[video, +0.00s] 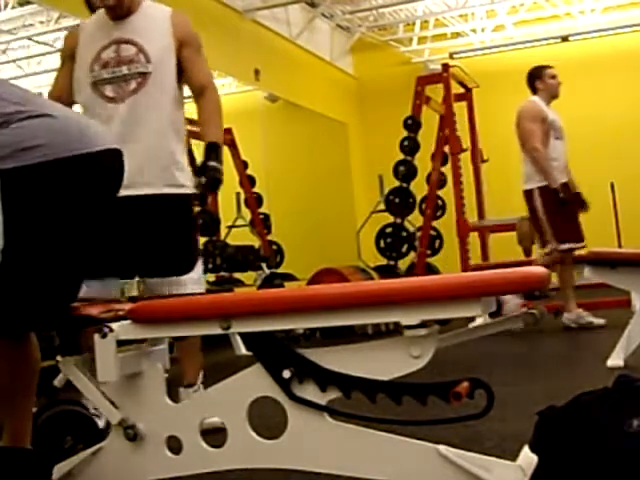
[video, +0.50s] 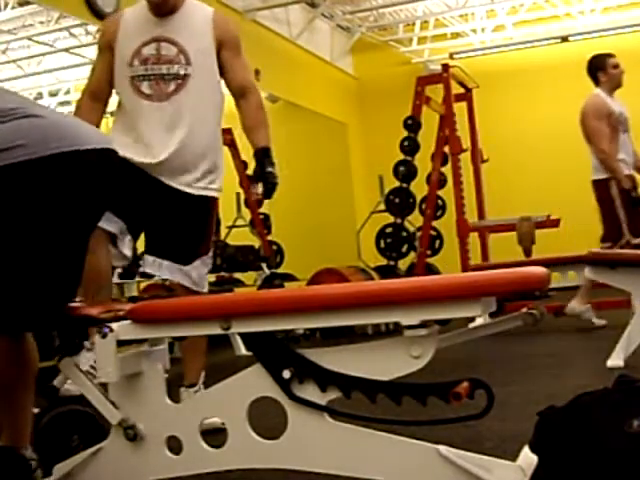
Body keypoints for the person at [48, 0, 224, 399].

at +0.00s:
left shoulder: (174, 25)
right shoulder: (78, 38)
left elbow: (205, 91)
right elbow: (55, 105)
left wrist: (212, 158)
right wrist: (35, 157)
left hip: (167, 184)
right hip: (99, 189)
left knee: (183, 304)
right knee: (94, 304)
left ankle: (191, 398)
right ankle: (95, 401)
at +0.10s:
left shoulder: (188, 26)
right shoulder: (95, 33)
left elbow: (225, 92)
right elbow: (70, 105)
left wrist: (231, 164)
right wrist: (50, 157)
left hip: (177, 187)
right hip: (111, 186)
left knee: (184, 303)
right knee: (96, 297)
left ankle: (188, 399)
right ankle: (92, 392)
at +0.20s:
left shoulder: (197, 26)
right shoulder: (101, 33)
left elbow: (232, 92)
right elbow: (77, 104)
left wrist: (246, 167)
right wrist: (53, 160)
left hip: (183, 185)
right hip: (118, 182)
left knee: (183, 298)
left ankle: (189, 395)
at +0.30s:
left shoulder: (206, 24)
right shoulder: (110, 31)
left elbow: (240, 92)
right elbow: (88, 101)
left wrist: (261, 159)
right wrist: (61, 158)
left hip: (189, 180)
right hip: (123, 175)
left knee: (189, 290)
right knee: (82, 233)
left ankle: (193, 390)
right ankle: (81, 347)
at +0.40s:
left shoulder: (213, 25)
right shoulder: (113, 29)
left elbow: (245, 93)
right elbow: (91, 101)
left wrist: (266, 158)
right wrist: (67, 158)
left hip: (190, 180)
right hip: (124, 175)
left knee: (190, 292)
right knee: (93, 239)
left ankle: (193, 391)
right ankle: (85, 354)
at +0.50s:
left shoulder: (217, 26)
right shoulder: (117, 28)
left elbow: (246, 93)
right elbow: (93, 98)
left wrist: (264, 155)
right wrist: (71, 154)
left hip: (192, 181)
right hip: (124, 173)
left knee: (189, 293)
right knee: (94, 236)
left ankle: (194, 391)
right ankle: (90, 350)